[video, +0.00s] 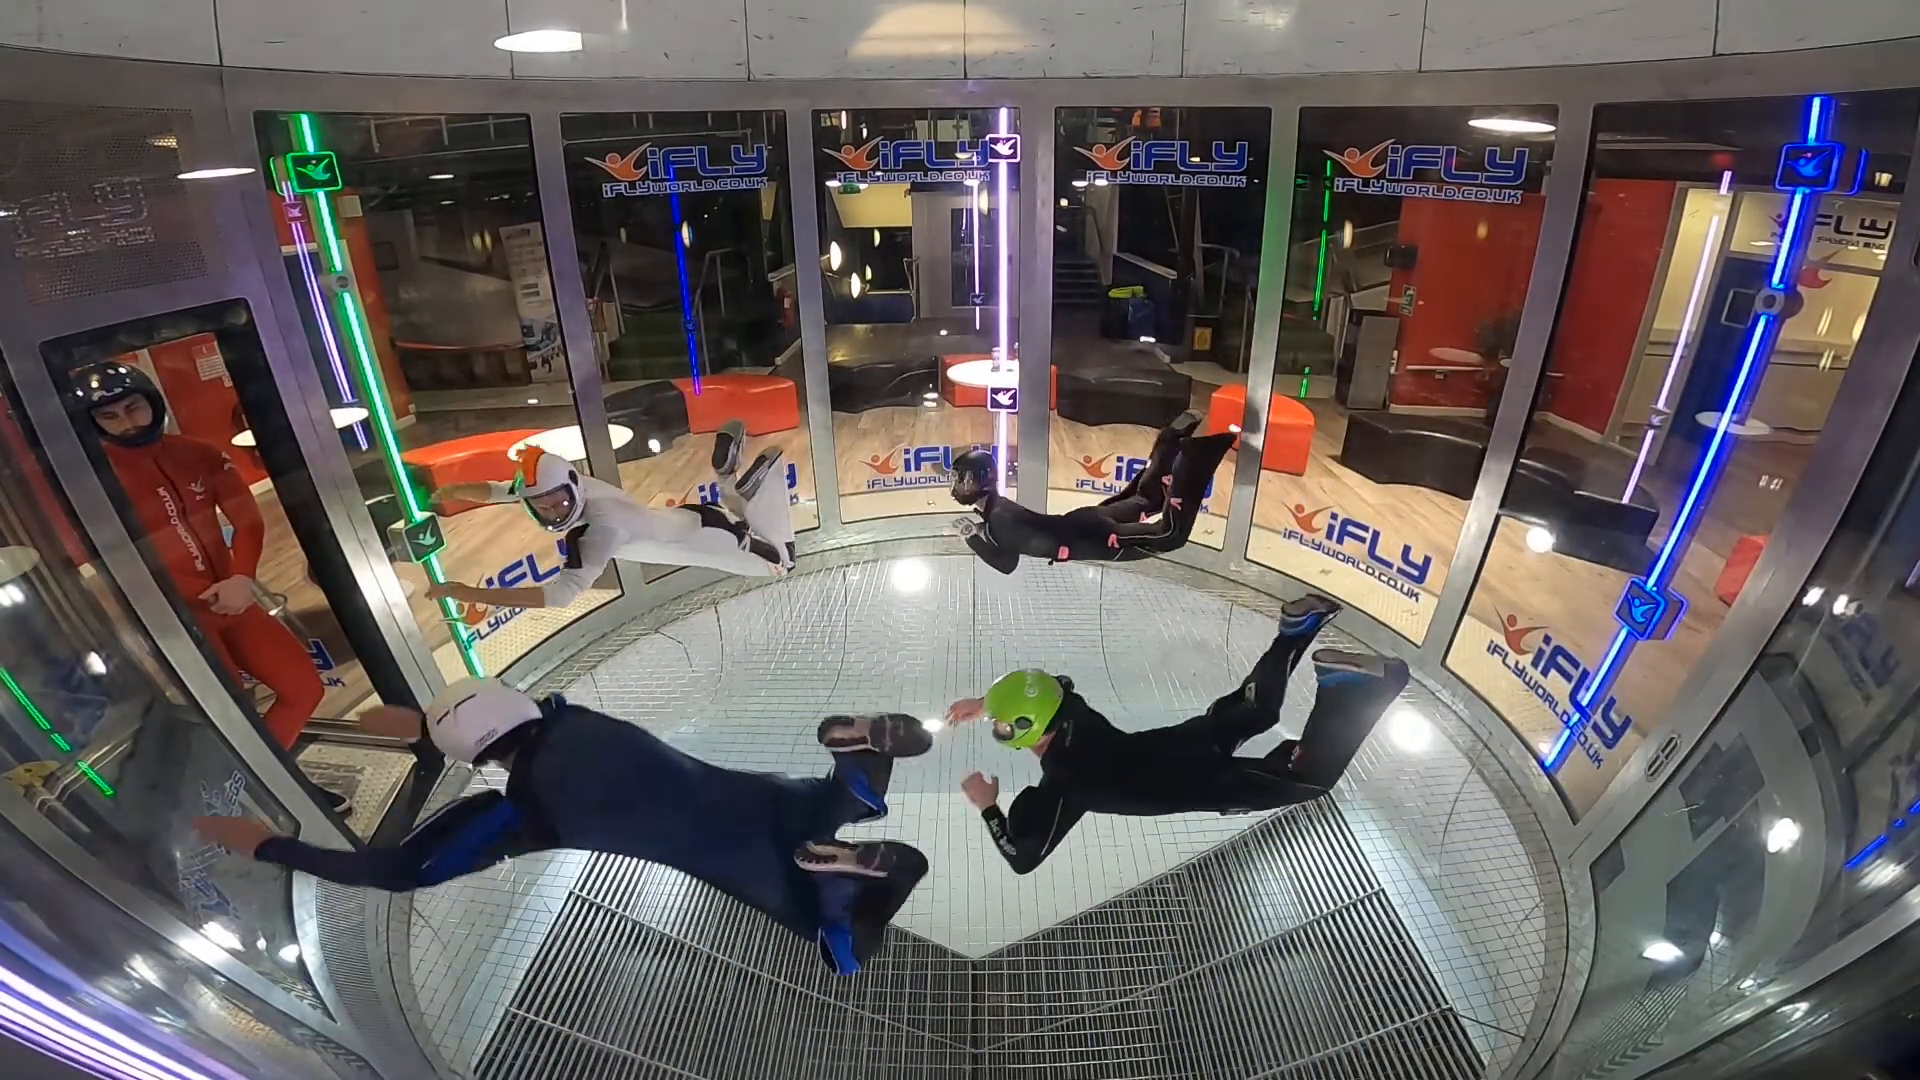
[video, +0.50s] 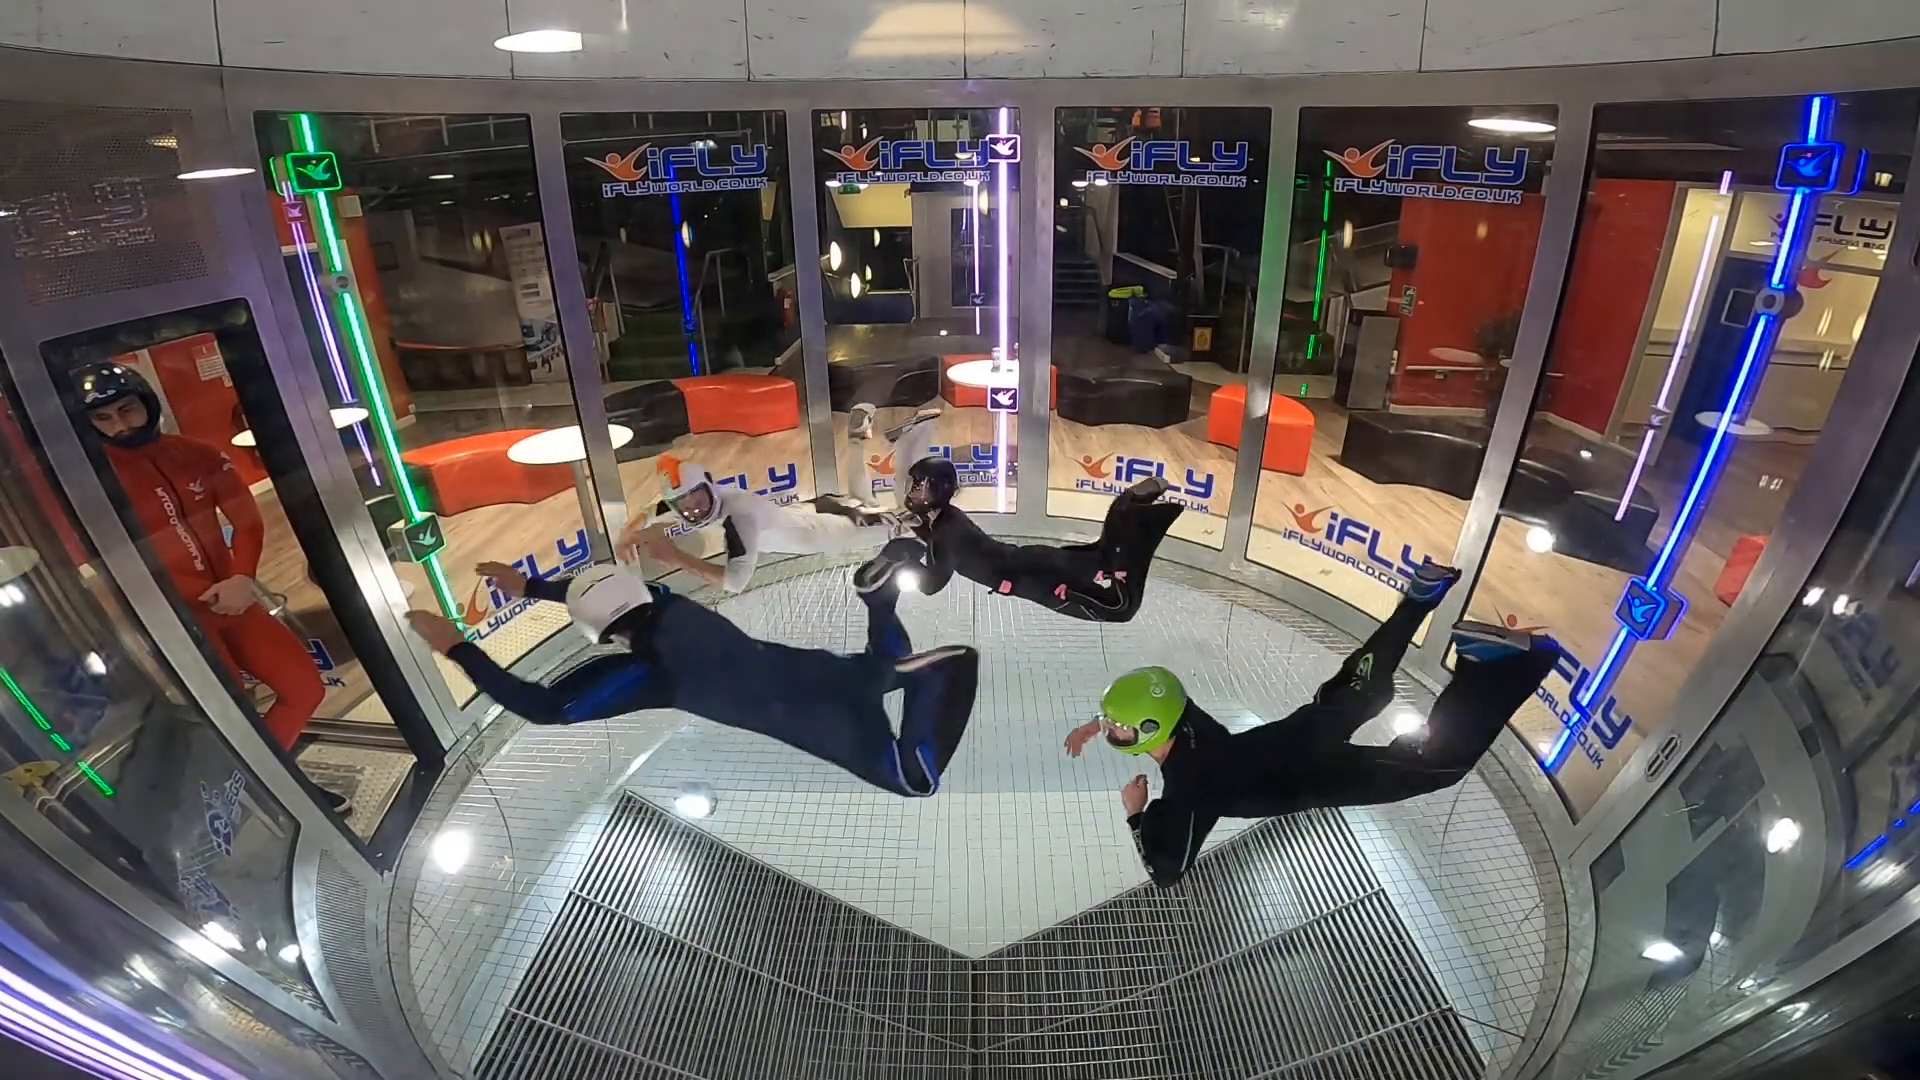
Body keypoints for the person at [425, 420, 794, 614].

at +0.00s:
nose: (551, 512)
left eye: (557, 502)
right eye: (542, 506)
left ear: (574, 490)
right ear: (532, 501)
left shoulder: (602, 527)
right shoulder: (558, 487)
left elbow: (559, 596)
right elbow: (497, 493)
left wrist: (474, 594)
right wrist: (448, 496)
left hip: (705, 537)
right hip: (684, 527)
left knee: (778, 556)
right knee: (749, 544)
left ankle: (763, 477)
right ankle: (731, 475)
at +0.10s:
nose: (577, 512)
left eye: (582, 502)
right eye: (567, 507)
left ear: (597, 492)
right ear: (555, 503)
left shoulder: (626, 528)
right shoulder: (576, 493)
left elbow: (589, 598)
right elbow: (522, 501)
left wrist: (506, 603)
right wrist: (483, 506)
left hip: (723, 534)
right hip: (696, 523)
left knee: (799, 548)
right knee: (746, 522)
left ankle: (784, 473)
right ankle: (741, 472)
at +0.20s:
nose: (602, 515)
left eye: (607, 506)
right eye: (594, 509)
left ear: (621, 495)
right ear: (587, 504)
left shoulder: (651, 528)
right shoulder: (598, 495)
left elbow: (632, 597)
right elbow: (552, 504)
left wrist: (553, 589)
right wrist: (516, 523)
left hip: (747, 535)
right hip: (723, 531)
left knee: (817, 541)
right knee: (765, 517)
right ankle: (755, 462)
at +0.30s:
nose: (632, 516)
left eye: (635, 505)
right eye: (622, 511)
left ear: (649, 492)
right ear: (611, 509)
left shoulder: (679, 525)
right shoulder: (631, 498)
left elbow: (666, 592)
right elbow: (592, 509)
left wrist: (600, 575)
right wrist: (558, 532)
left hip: (771, 537)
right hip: (748, 523)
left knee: (840, 534)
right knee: (789, 511)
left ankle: (841, 449)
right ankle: (785, 452)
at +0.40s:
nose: (658, 513)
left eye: (662, 505)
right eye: (652, 508)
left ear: (677, 493)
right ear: (647, 504)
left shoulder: (709, 519)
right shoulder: (665, 497)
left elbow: (700, 585)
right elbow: (623, 514)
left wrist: (642, 563)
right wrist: (593, 530)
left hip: (785, 533)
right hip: (759, 524)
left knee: (840, 533)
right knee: (809, 522)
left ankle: (891, 527)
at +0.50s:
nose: (692, 511)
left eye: (696, 502)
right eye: (685, 506)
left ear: (709, 491)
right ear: (679, 504)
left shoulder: (740, 515)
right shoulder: (701, 500)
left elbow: (736, 582)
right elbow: (653, 515)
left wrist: (670, 553)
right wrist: (633, 534)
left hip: (815, 530)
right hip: (795, 517)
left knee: (873, 527)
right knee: (854, 518)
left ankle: (908, 522)